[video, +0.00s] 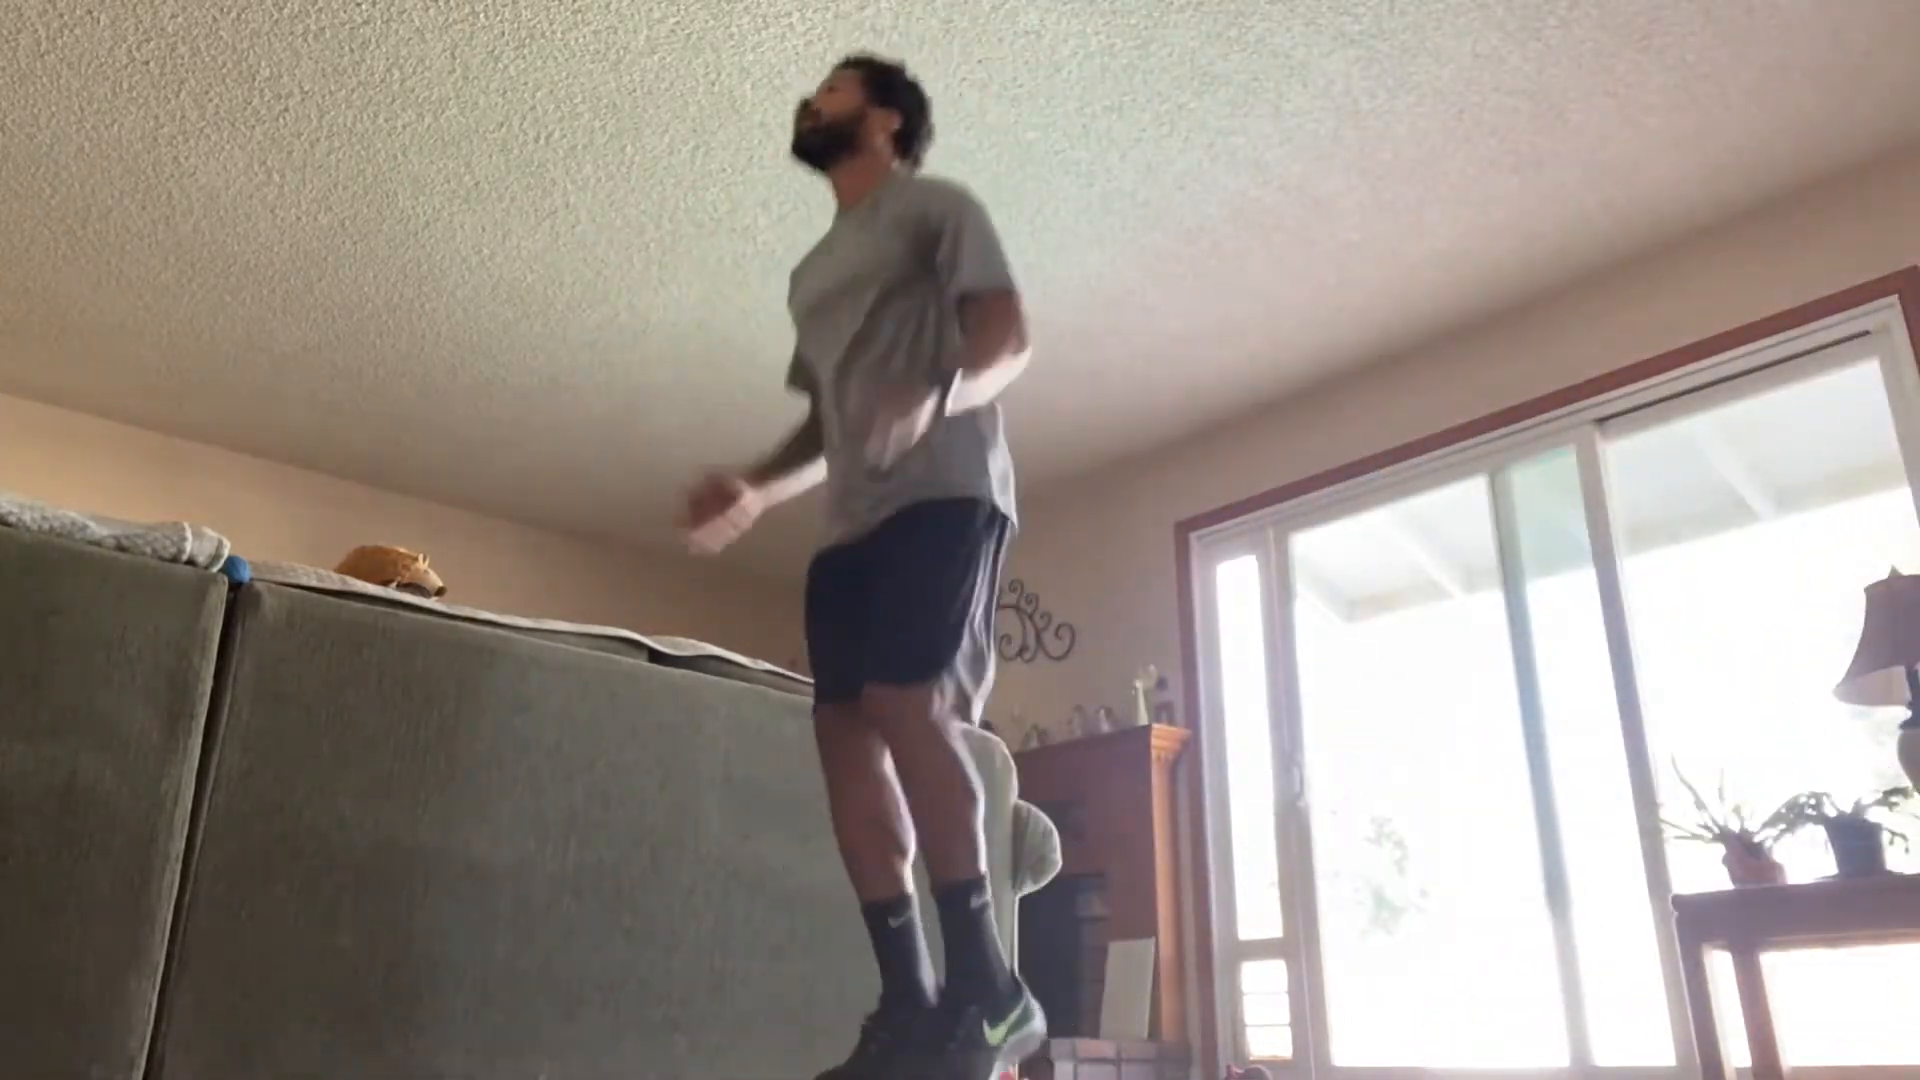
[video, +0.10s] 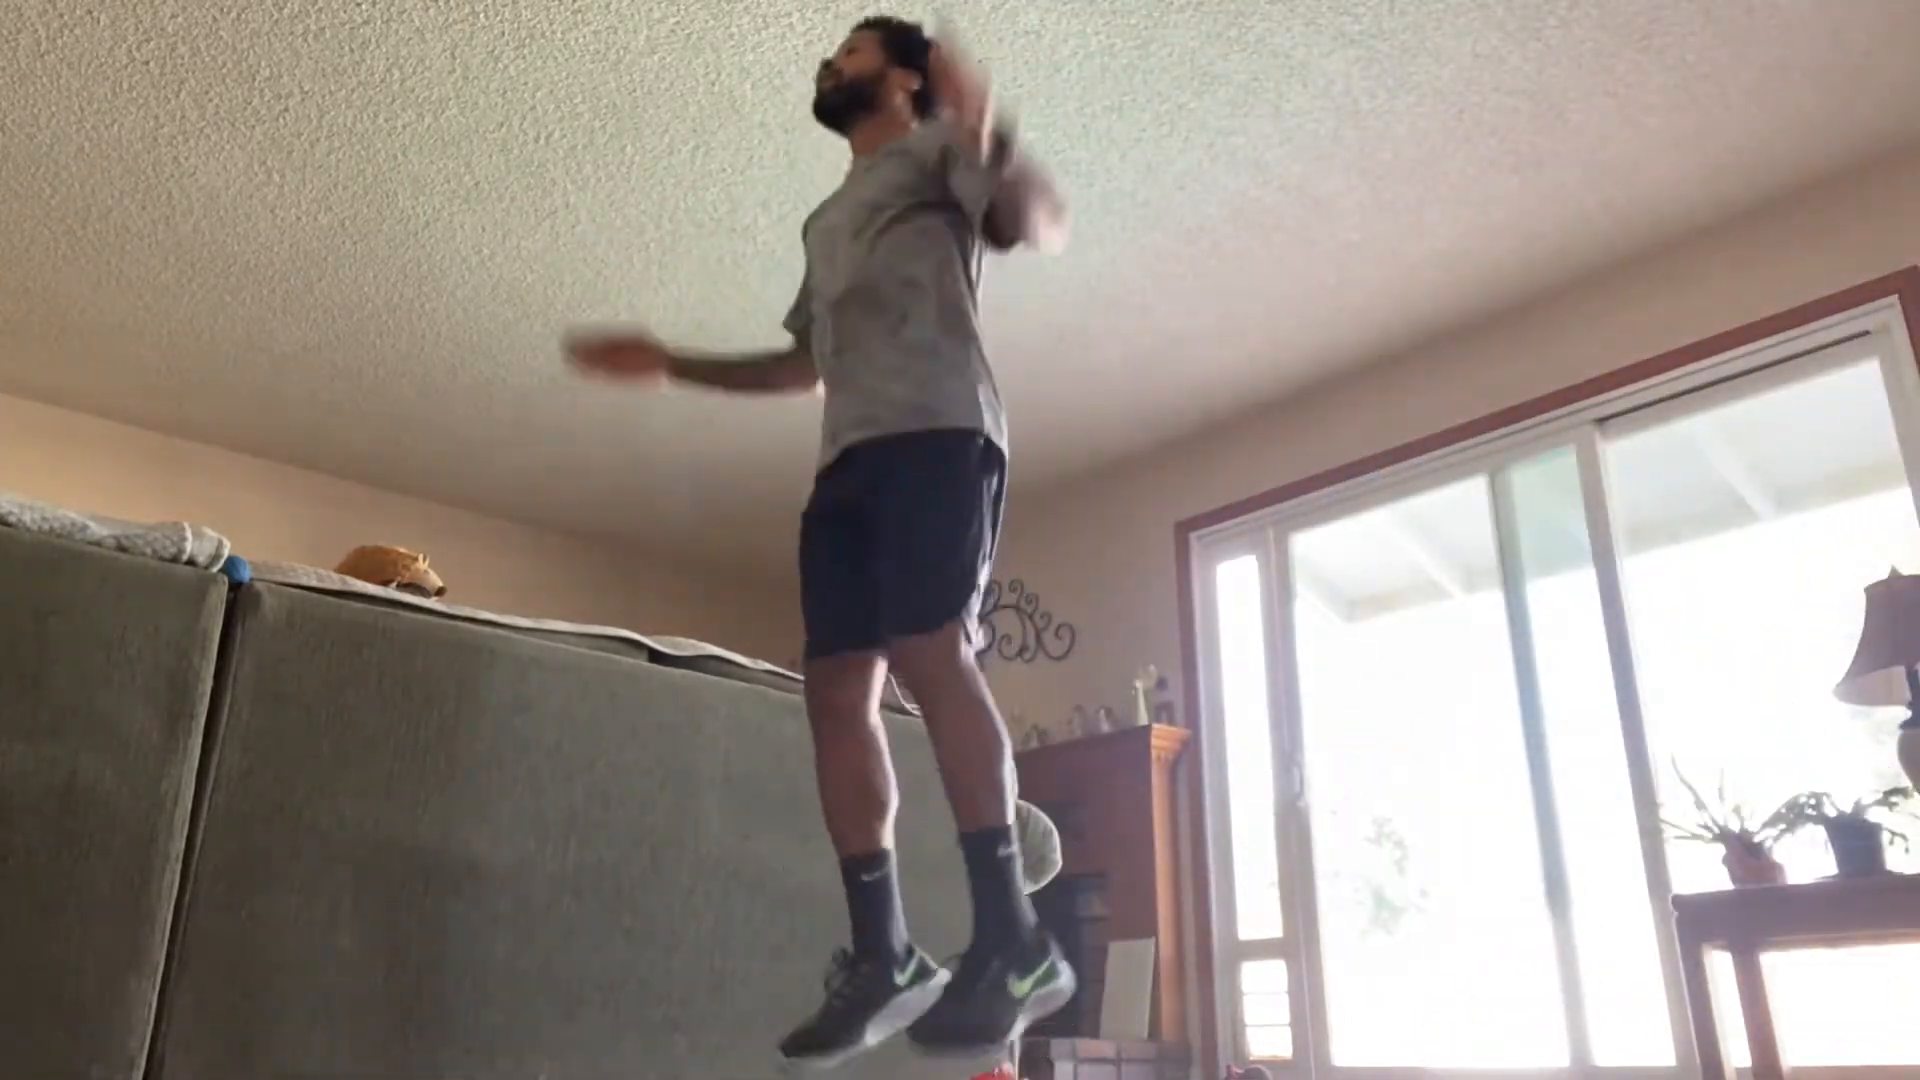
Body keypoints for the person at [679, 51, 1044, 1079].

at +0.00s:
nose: (811, 96)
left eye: (835, 84)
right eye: (814, 88)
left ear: (889, 119)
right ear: (835, 130)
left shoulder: (936, 202)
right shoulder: (811, 275)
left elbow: (1006, 332)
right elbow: (829, 418)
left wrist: (933, 394)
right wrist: (756, 486)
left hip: (945, 495)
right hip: (851, 522)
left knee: (903, 703)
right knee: (841, 724)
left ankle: (987, 984)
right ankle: (908, 1002)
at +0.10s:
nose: (831, 58)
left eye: (855, 43)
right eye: (832, 51)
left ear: (912, 68)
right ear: (847, 92)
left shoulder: (942, 148)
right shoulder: (829, 221)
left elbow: (1032, 225)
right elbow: (803, 364)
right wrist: (668, 363)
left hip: (941, 439)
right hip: (850, 460)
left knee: (932, 655)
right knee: (839, 697)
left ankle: (1013, 943)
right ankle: (879, 958)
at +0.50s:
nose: (850, 138)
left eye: (872, 128)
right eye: (852, 130)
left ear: (922, 155)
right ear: (877, 170)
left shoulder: (954, 228)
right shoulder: (841, 284)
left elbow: (1025, 93)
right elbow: (731, 298)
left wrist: (951, 9)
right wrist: (745, 158)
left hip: (939, 519)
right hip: (842, 547)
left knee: (931, 723)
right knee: (785, 771)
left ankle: (1081, 973)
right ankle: (817, 1023)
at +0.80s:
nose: (779, 120)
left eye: (799, 102)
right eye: (779, 107)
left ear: (860, 124)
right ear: (810, 142)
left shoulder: (936, 199)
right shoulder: (814, 278)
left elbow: (1032, 317)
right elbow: (858, 408)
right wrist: (833, 505)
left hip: (973, 483)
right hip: (874, 507)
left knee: (905, 673)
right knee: (828, 724)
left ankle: (1073, 860)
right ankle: (877, 984)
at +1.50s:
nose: (1371, 13)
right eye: (1347, 5)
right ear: (1313, 9)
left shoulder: (1545, 85)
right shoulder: (1262, 145)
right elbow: (1246, 345)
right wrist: (1318, 178)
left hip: (1540, 418)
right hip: (1388, 481)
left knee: (1628, 626)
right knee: (1371, 829)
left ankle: (1887, 973)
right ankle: (1477, 917)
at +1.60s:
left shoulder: (1603, 20)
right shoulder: (1319, 79)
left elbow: (1687, 207)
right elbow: (1317, 306)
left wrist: (1732, 299)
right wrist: (1493, 295)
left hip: (1593, 368)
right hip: (1436, 427)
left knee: (1667, 599)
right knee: (1487, 720)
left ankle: (1890, 943)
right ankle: (1677, 871)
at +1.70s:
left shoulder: (1617, 0)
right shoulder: (1320, 11)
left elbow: (1688, 126)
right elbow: (1306, 218)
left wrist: (1577, 62)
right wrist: (1419, 134)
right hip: (1441, 322)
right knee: (1468, 571)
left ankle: (1887, 912)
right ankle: (1674, 805)